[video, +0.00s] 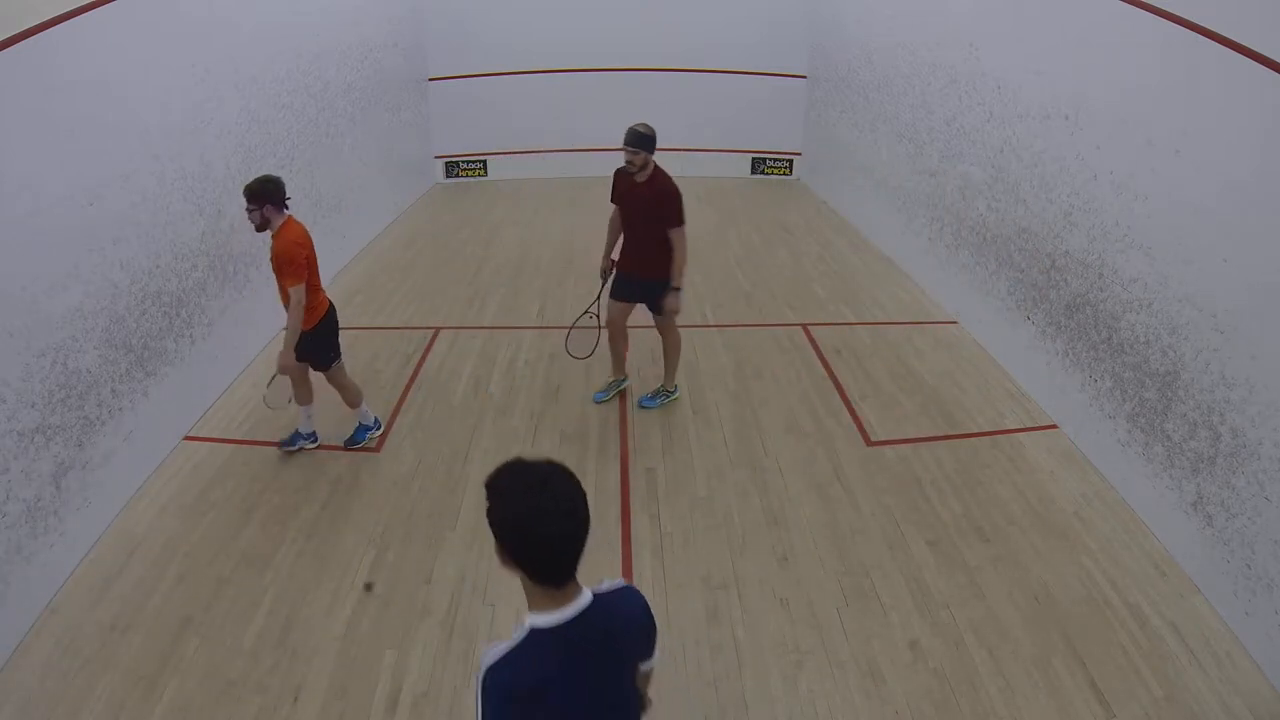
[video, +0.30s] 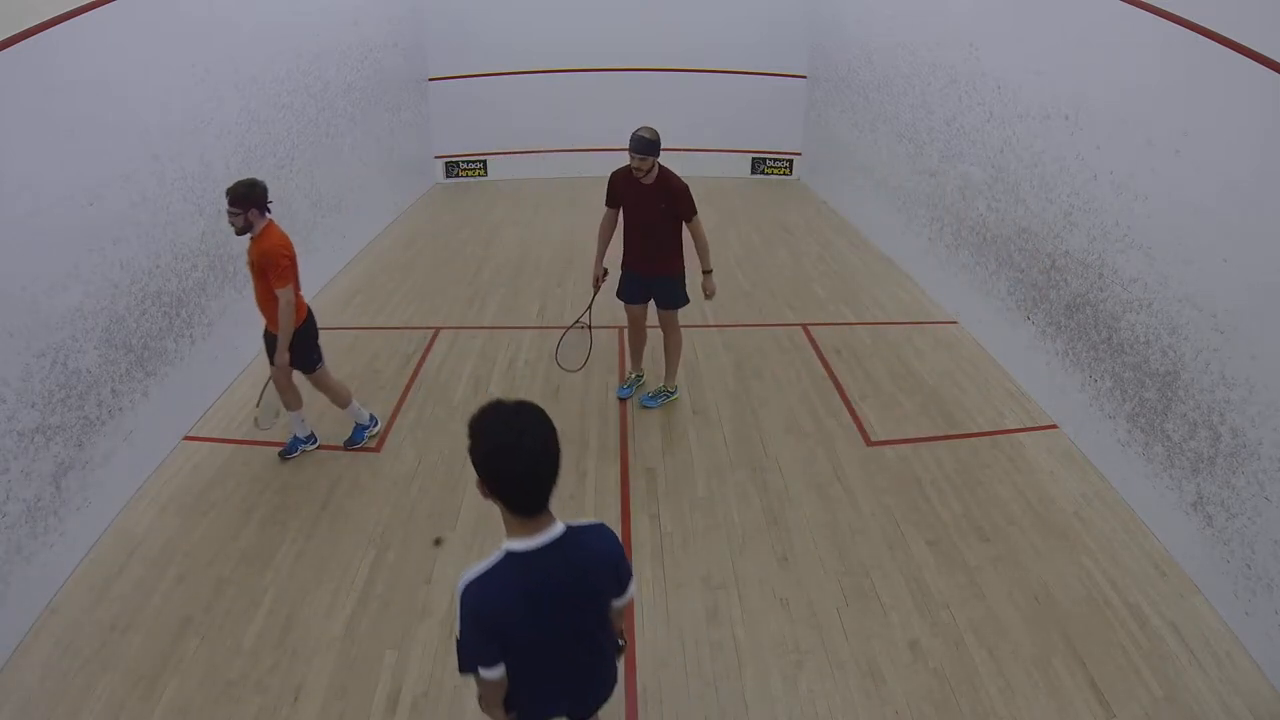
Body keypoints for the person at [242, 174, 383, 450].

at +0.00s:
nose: (248, 216)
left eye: (251, 210)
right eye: (247, 210)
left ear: (268, 209)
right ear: (274, 207)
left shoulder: (287, 244)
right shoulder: (288, 229)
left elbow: (298, 301)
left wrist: (288, 350)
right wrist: (294, 318)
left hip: (317, 323)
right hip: (302, 320)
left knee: (337, 377)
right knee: (296, 371)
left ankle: (370, 422)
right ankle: (307, 431)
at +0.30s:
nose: (229, 219)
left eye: (233, 214)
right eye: (228, 213)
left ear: (253, 213)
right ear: (252, 212)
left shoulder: (273, 247)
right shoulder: (260, 238)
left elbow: (287, 302)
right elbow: (274, 294)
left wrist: (282, 350)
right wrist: (274, 331)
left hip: (296, 328)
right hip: (276, 328)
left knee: (322, 380)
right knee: (281, 380)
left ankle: (366, 421)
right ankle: (303, 435)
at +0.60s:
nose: (209, 227)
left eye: (214, 221)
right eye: (206, 221)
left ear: (235, 217)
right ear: (206, 217)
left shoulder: (258, 248)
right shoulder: (226, 244)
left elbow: (277, 301)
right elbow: (236, 289)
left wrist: (267, 349)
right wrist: (233, 326)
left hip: (275, 329)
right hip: (254, 330)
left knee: (273, 400)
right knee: (279, 388)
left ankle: (316, 430)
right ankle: (303, 432)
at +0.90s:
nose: (196, 244)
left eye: (201, 237)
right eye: (191, 238)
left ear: (221, 231)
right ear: (188, 233)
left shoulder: (245, 264)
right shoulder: (202, 262)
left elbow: (272, 313)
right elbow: (203, 303)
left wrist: (264, 364)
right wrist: (199, 343)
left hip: (262, 349)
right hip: (238, 351)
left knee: (264, 413)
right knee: (270, 393)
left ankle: (274, 487)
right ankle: (301, 435)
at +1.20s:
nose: (183, 259)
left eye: (189, 252)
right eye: (178, 252)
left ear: (208, 244)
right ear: (175, 247)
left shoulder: (236, 278)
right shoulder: (183, 280)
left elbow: (257, 334)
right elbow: (190, 328)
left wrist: (226, 377)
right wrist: (189, 372)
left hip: (247, 364)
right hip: (211, 369)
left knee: (258, 434)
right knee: (224, 437)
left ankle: (273, 490)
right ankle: (268, 440)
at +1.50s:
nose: (166, 283)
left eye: (171, 274)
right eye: (159, 276)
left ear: (190, 263)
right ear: (155, 270)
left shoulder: (222, 296)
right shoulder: (163, 305)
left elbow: (248, 356)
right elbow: (174, 355)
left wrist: (229, 412)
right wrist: (184, 399)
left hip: (238, 391)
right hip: (199, 401)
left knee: (259, 444)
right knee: (219, 478)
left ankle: (275, 488)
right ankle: (245, 555)